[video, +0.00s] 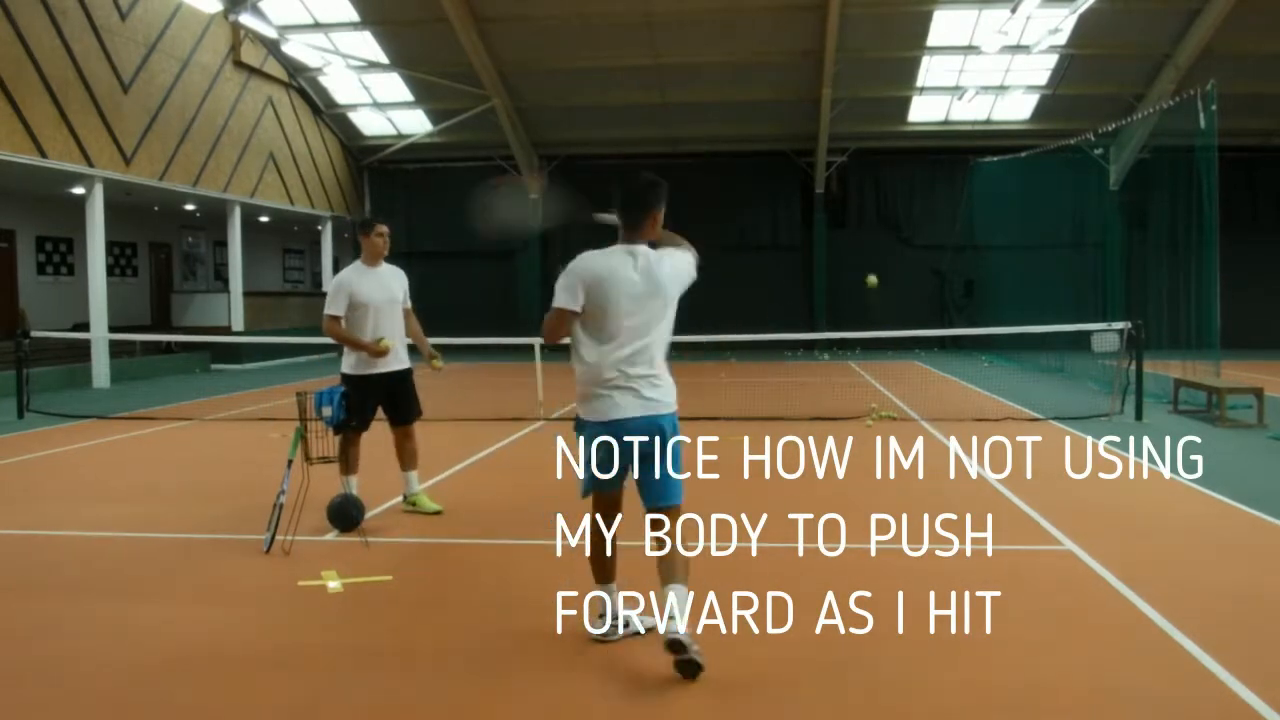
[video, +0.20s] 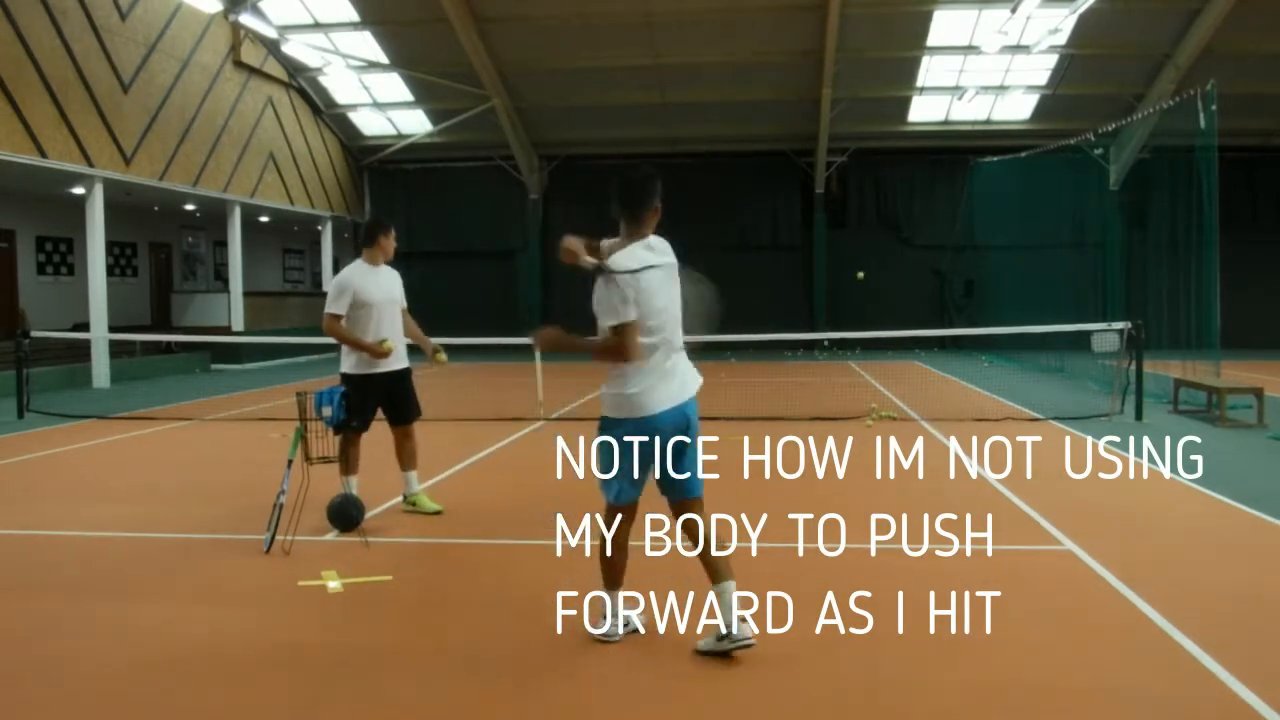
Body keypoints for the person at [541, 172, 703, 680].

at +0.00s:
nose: (664, 220)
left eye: (659, 212)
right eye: (663, 214)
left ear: (618, 217)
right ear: (656, 218)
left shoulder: (585, 266)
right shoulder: (670, 268)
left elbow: (553, 332)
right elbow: (687, 252)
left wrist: (582, 323)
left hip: (601, 420)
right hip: (657, 418)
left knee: (603, 513)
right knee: (667, 521)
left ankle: (606, 613)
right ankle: (674, 617)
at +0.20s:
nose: (657, 212)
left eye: (644, 206)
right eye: (659, 206)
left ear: (615, 208)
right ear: (656, 211)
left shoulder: (615, 270)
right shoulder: (665, 251)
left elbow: (623, 348)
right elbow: (622, 251)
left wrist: (565, 342)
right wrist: (584, 253)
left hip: (631, 416)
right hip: (680, 405)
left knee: (616, 516)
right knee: (690, 513)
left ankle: (611, 614)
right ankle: (733, 619)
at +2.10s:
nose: (593, 212)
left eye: (591, 203)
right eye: (592, 203)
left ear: (544, 205)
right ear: (583, 206)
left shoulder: (541, 263)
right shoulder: (555, 269)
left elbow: (595, 336)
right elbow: (608, 351)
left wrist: (657, 321)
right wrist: (674, 357)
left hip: (519, 442)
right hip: (519, 446)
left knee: (564, 544)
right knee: (539, 585)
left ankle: (518, 668)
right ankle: (515, 709)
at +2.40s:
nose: (644, 231)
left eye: (643, 223)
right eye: (639, 222)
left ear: (626, 226)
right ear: (621, 222)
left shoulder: (635, 274)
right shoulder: (573, 261)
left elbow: (689, 300)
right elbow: (557, 288)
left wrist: (733, 269)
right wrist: (619, 258)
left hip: (583, 433)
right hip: (560, 433)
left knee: (584, 554)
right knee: (622, 546)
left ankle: (519, 662)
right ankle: (579, 679)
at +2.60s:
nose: (680, 245)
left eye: (682, 236)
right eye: (674, 234)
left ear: (678, 242)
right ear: (654, 234)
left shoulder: (671, 284)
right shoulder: (605, 273)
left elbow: (729, 315)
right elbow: (555, 307)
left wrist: (788, 306)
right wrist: (588, 287)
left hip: (620, 427)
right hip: (591, 428)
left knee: (649, 527)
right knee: (663, 531)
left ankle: (567, 602)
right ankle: (634, 659)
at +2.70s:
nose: (691, 262)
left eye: (691, 253)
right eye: (685, 254)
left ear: (668, 258)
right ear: (662, 256)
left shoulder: (684, 298)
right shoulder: (618, 296)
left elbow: (739, 332)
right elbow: (577, 341)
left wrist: (803, 352)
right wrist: (593, 331)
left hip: (635, 438)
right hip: (603, 441)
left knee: (686, 511)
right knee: (669, 537)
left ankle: (626, 599)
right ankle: (635, 658)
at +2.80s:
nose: (702, 269)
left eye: (703, 262)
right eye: (697, 262)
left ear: (687, 266)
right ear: (674, 264)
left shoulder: (698, 306)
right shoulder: (635, 307)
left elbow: (754, 340)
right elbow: (608, 356)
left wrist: (814, 365)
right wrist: (595, 379)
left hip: (646, 438)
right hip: (616, 440)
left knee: (698, 512)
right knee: (673, 535)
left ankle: (657, 602)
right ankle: (634, 658)